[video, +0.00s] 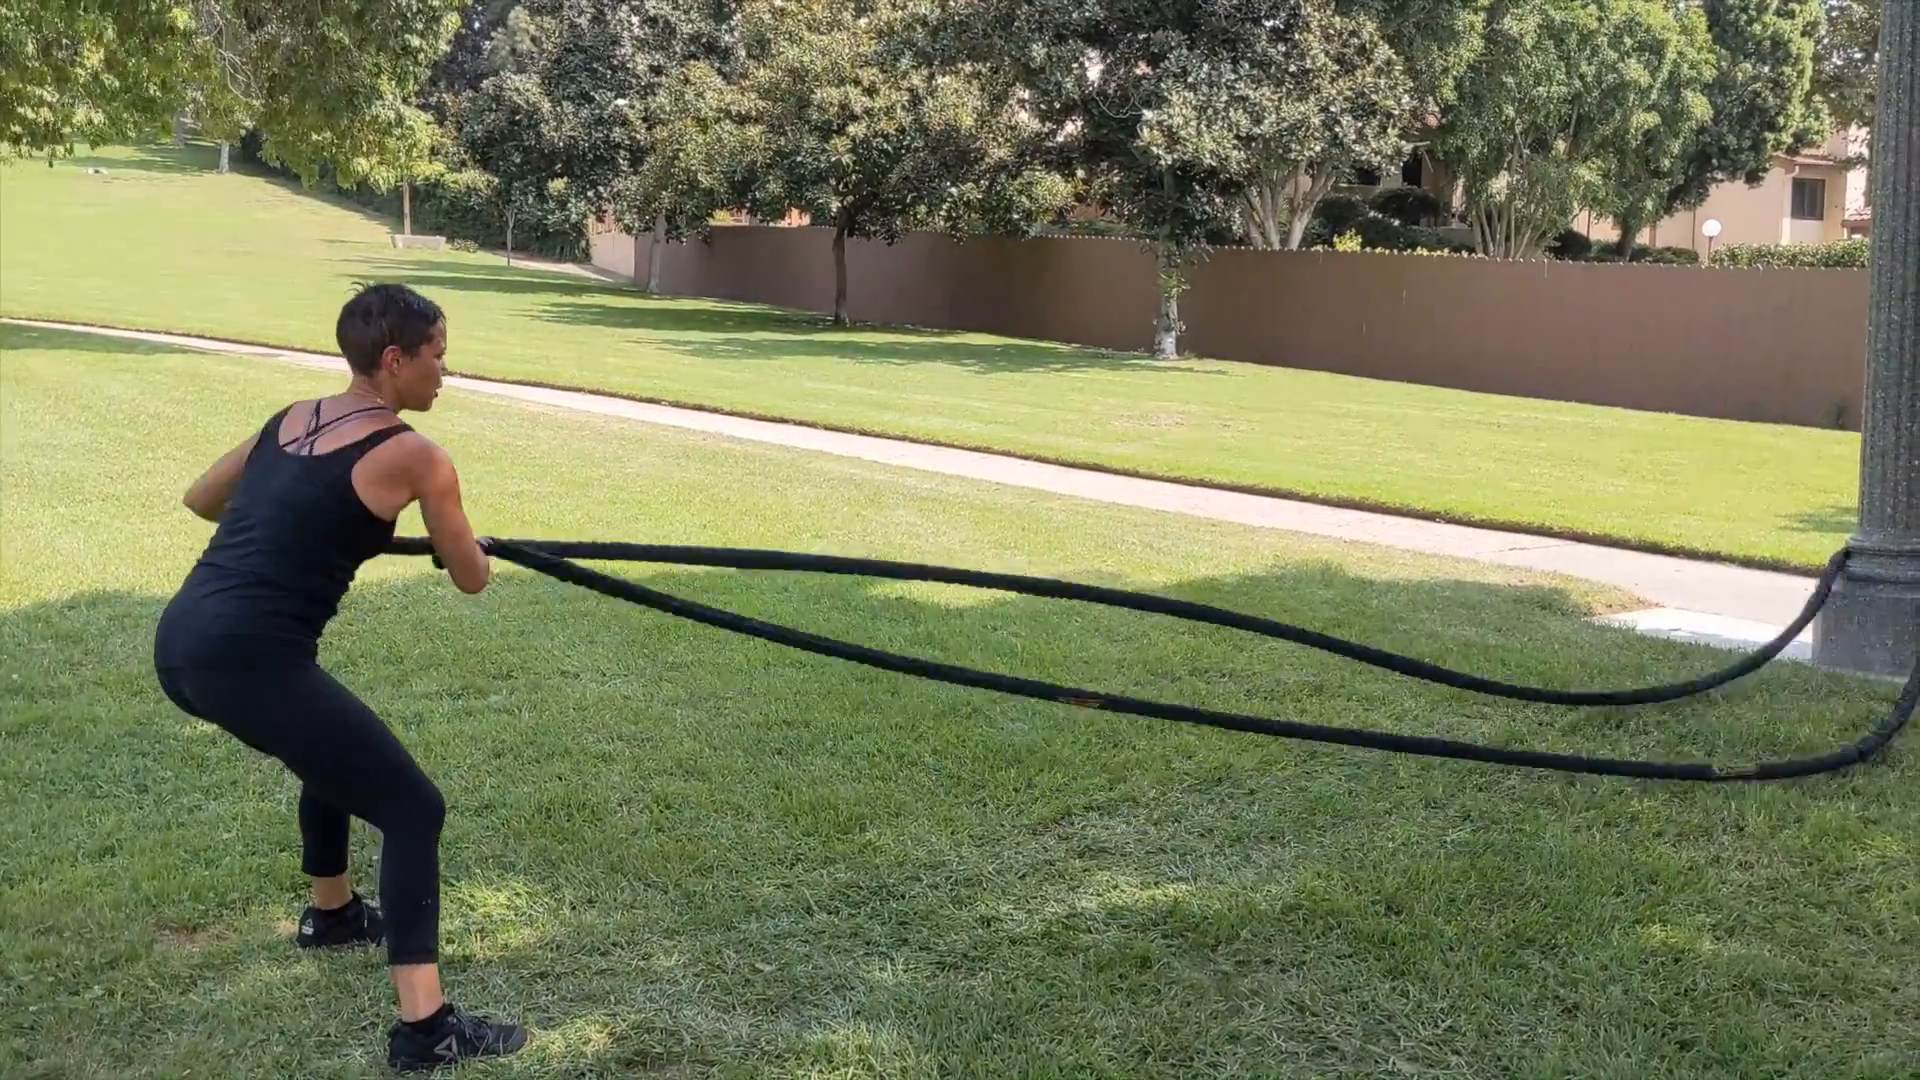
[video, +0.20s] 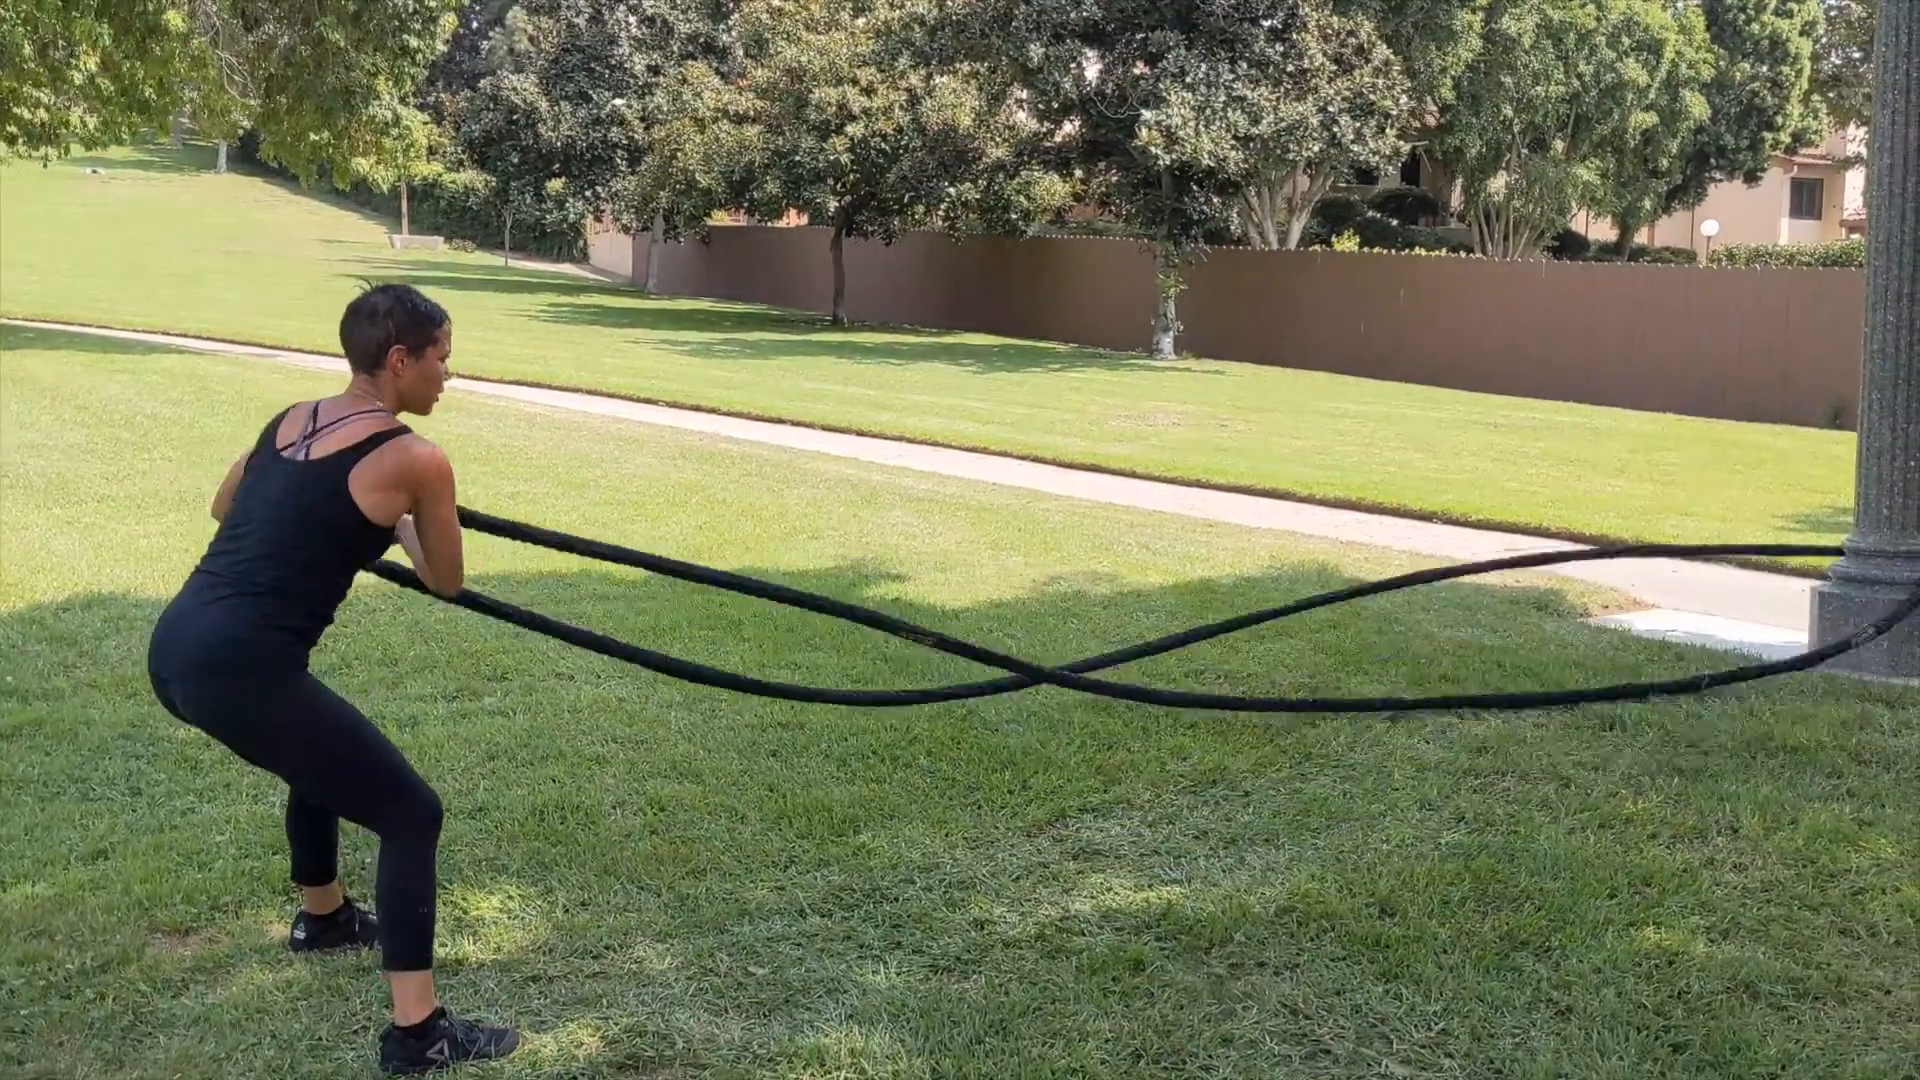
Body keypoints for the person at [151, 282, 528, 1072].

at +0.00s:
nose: (444, 367)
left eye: (443, 352)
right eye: (436, 352)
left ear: (368, 358)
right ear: (395, 357)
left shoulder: (296, 416)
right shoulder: (416, 455)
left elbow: (203, 498)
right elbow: (471, 577)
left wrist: (297, 513)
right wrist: (468, 546)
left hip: (182, 645)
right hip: (252, 659)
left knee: (329, 751)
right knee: (415, 808)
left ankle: (333, 910)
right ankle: (424, 1022)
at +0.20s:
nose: (447, 370)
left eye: (446, 355)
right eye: (440, 355)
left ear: (367, 358)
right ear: (398, 359)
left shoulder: (294, 417)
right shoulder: (417, 460)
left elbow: (227, 502)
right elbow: (448, 579)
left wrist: (330, 518)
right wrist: (411, 519)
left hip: (176, 651)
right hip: (245, 670)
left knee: (317, 759)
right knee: (413, 813)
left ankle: (323, 914)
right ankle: (416, 1026)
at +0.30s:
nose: (443, 371)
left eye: (443, 355)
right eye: (436, 354)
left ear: (369, 359)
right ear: (393, 357)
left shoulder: (314, 428)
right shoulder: (397, 452)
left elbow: (358, 554)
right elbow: (455, 585)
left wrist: (451, 569)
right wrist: (479, 582)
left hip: (176, 654)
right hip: (226, 674)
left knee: (317, 767)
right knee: (397, 814)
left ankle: (319, 916)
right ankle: (412, 1028)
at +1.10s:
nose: (355, 376)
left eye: (354, 360)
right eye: (347, 360)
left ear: (282, 365)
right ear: (298, 363)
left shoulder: (210, 434)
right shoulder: (304, 467)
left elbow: (236, 550)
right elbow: (381, 603)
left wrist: (339, 564)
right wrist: (453, 626)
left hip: (88, 662)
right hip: (148, 682)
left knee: (251, 770)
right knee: (318, 821)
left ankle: (263, 920)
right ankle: (346, 1037)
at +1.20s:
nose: (351, 378)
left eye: (350, 363)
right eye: (341, 364)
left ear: (275, 373)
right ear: (295, 373)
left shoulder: (194, 432)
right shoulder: (315, 477)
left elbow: (122, 529)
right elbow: (386, 597)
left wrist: (240, 548)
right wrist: (424, 580)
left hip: (79, 665)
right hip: (148, 683)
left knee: (241, 766)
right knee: (325, 821)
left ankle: (255, 919)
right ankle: (338, 1037)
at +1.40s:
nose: (342, 379)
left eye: (341, 363)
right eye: (333, 364)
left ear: (264, 370)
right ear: (287, 369)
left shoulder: (179, 428)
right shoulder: (311, 471)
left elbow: (64, 515)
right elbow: (340, 592)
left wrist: (129, 556)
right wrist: (318, 526)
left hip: (69, 672)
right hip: (146, 683)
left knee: (230, 767)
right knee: (322, 820)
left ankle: (242, 922)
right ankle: (326, 1039)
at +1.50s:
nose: (337, 376)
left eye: (336, 360)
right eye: (328, 361)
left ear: (258, 368)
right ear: (281, 365)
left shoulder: (179, 429)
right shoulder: (302, 466)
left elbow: (147, 541)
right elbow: (332, 596)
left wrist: (228, 582)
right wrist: (289, 537)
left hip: (66, 665)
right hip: (132, 682)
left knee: (231, 767)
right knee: (311, 821)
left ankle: (236, 921)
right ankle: (320, 1037)